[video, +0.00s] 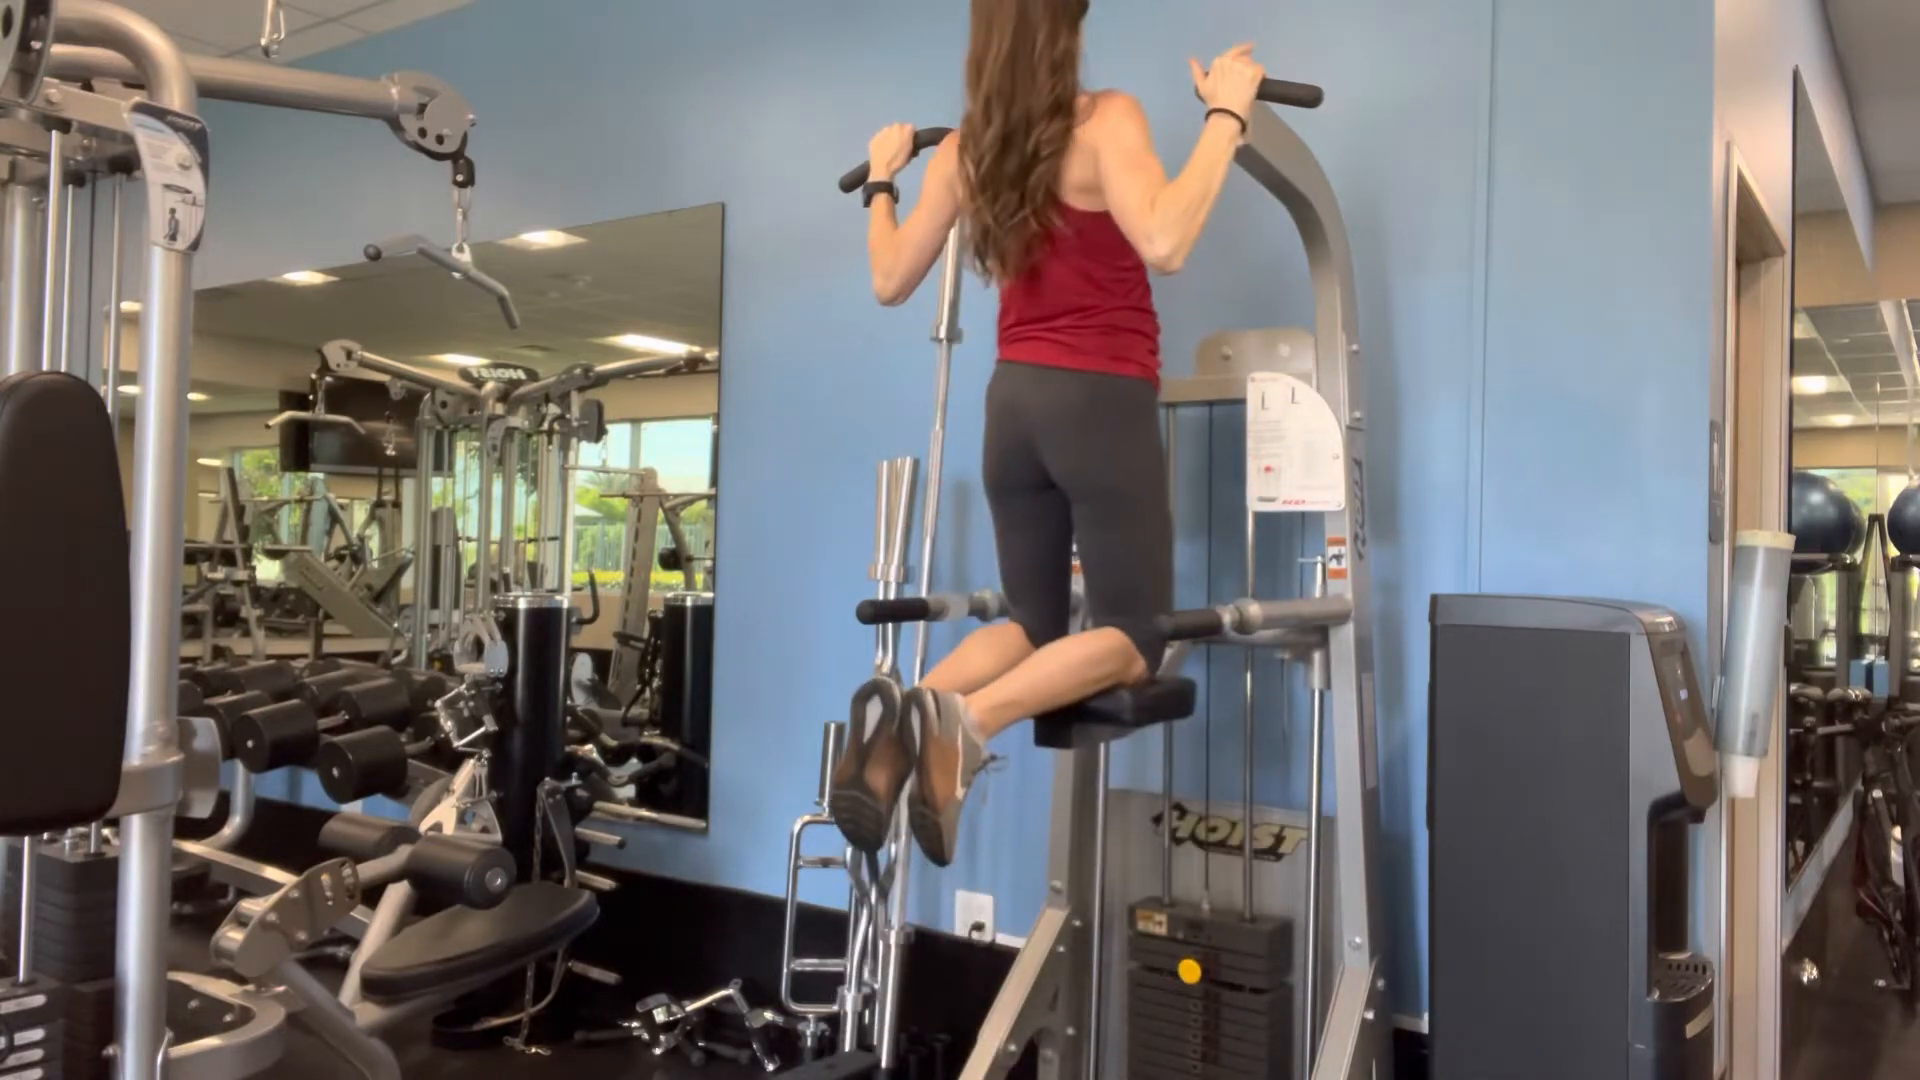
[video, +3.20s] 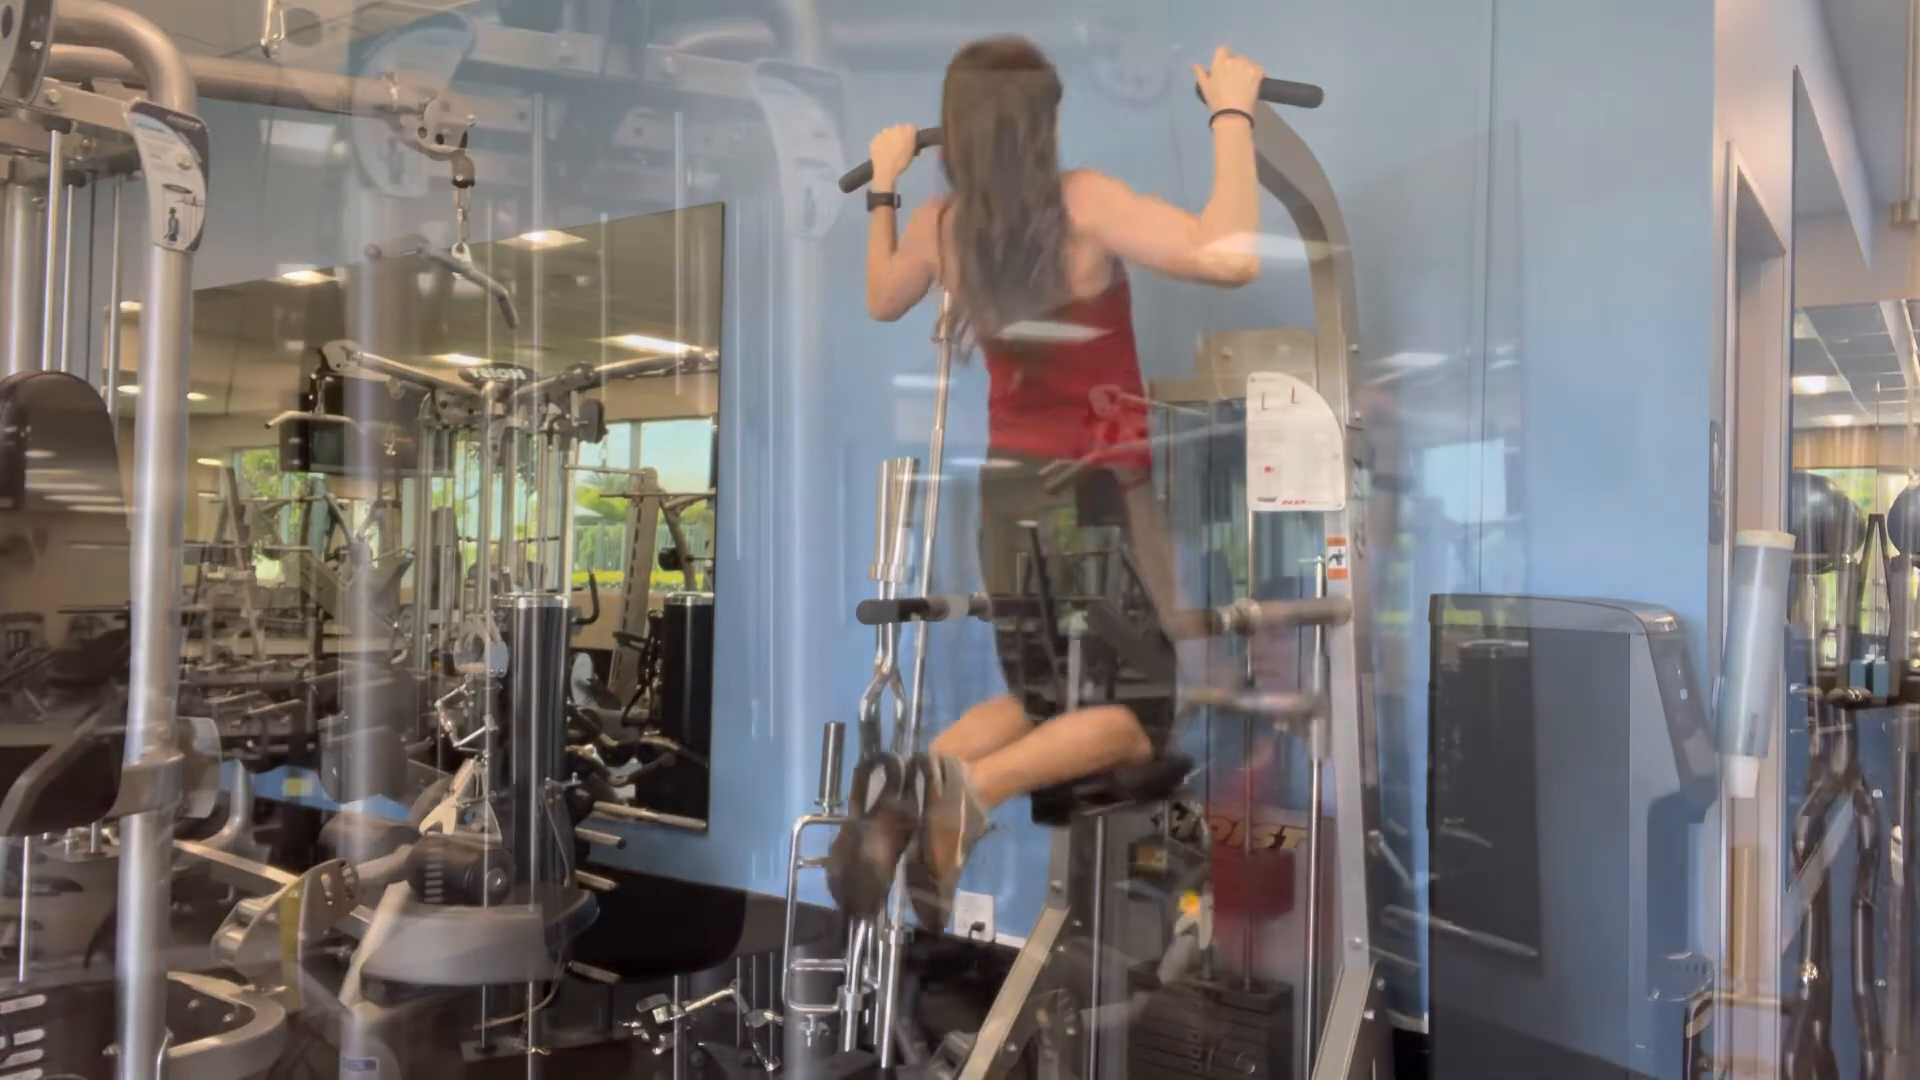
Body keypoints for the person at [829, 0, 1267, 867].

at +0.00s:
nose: (1078, 28)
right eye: (1074, 19)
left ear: (986, 36)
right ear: (1067, 29)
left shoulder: (969, 144)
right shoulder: (1105, 117)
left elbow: (891, 278)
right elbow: (1163, 240)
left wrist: (878, 180)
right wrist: (1227, 116)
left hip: (1012, 403)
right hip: (1099, 401)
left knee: (1032, 624)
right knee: (1134, 640)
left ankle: (906, 714)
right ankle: (969, 722)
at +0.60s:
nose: (1040, 169)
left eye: (1018, 160)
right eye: (1031, 160)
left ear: (950, 193)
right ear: (1026, 181)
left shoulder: (947, 283)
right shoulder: (1073, 260)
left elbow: (883, 295)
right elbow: (1233, 257)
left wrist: (885, 188)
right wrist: (1230, 116)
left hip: (999, 557)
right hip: (1086, 560)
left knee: (1028, 765)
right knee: (1128, 785)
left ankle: (901, 854)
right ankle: (958, 868)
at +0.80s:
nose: (1032, 287)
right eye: (1023, 275)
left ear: (945, 307)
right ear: (1025, 293)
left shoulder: (946, 383)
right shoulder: (1069, 366)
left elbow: (900, 293)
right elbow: (1205, 270)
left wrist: (884, 184)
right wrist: (1224, 117)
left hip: (992, 664)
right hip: (1081, 672)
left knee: (1020, 878)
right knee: (1121, 900)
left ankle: (890, 984)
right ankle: (950, 1002)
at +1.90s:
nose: (1056, 146)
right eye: (1051, 135)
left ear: (953, 153)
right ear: (1039, 144)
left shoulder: (956, 239)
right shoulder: (1075, 227)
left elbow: (883, 300)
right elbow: (1238, 256)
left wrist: (885, 187)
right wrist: (1231, 117)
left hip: (1001, 520)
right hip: (1090, 527)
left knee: (1026, 742)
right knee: (1132, 755)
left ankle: (903, 855)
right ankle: (966, 859)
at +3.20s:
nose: (1057, 120)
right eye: (1053, 106)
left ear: (955, 126)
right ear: (1044, 117)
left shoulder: (943, 222)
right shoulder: (1083, 200)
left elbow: (884, 297)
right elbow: (1228, 255)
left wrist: (880, 188)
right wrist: (1233, 114)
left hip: (1005, 490)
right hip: (1088, 493)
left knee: (1041, 697)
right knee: (1144, 713)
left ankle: (912, 782)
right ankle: (973, 789)